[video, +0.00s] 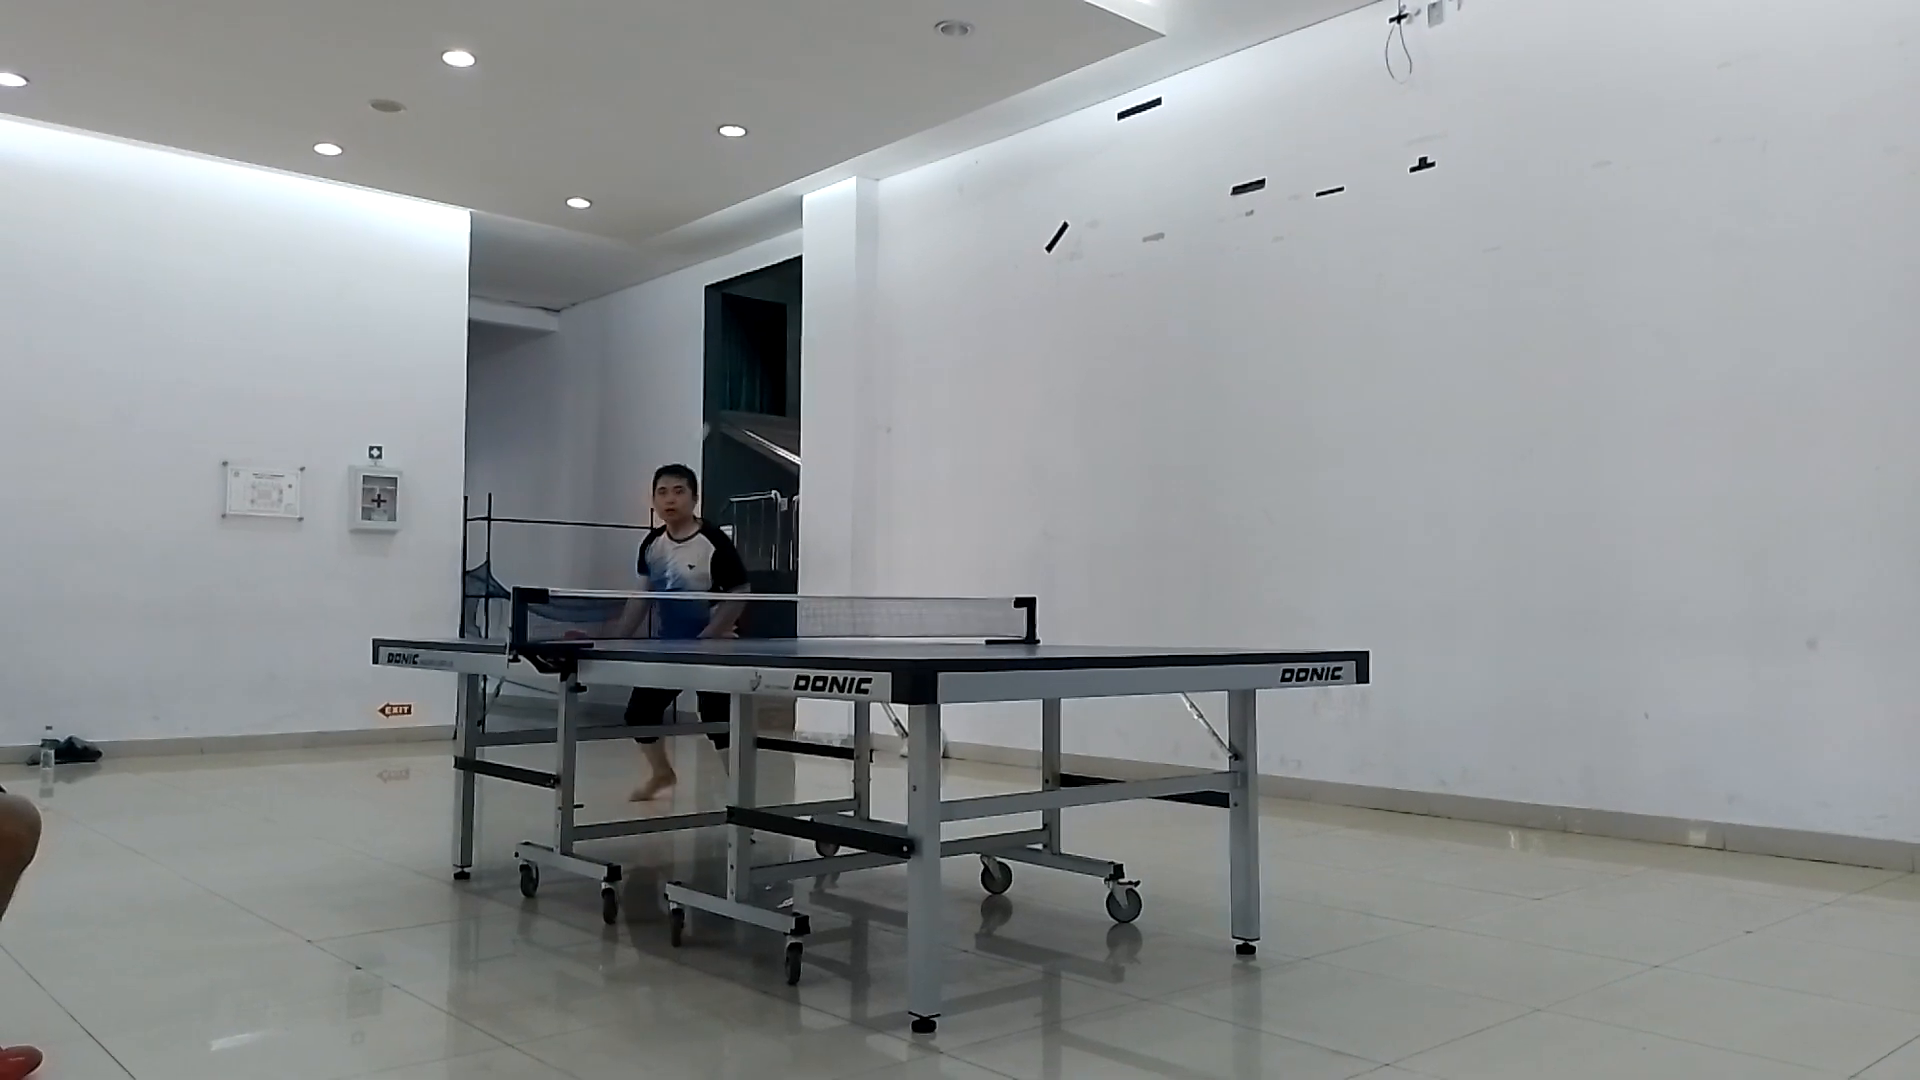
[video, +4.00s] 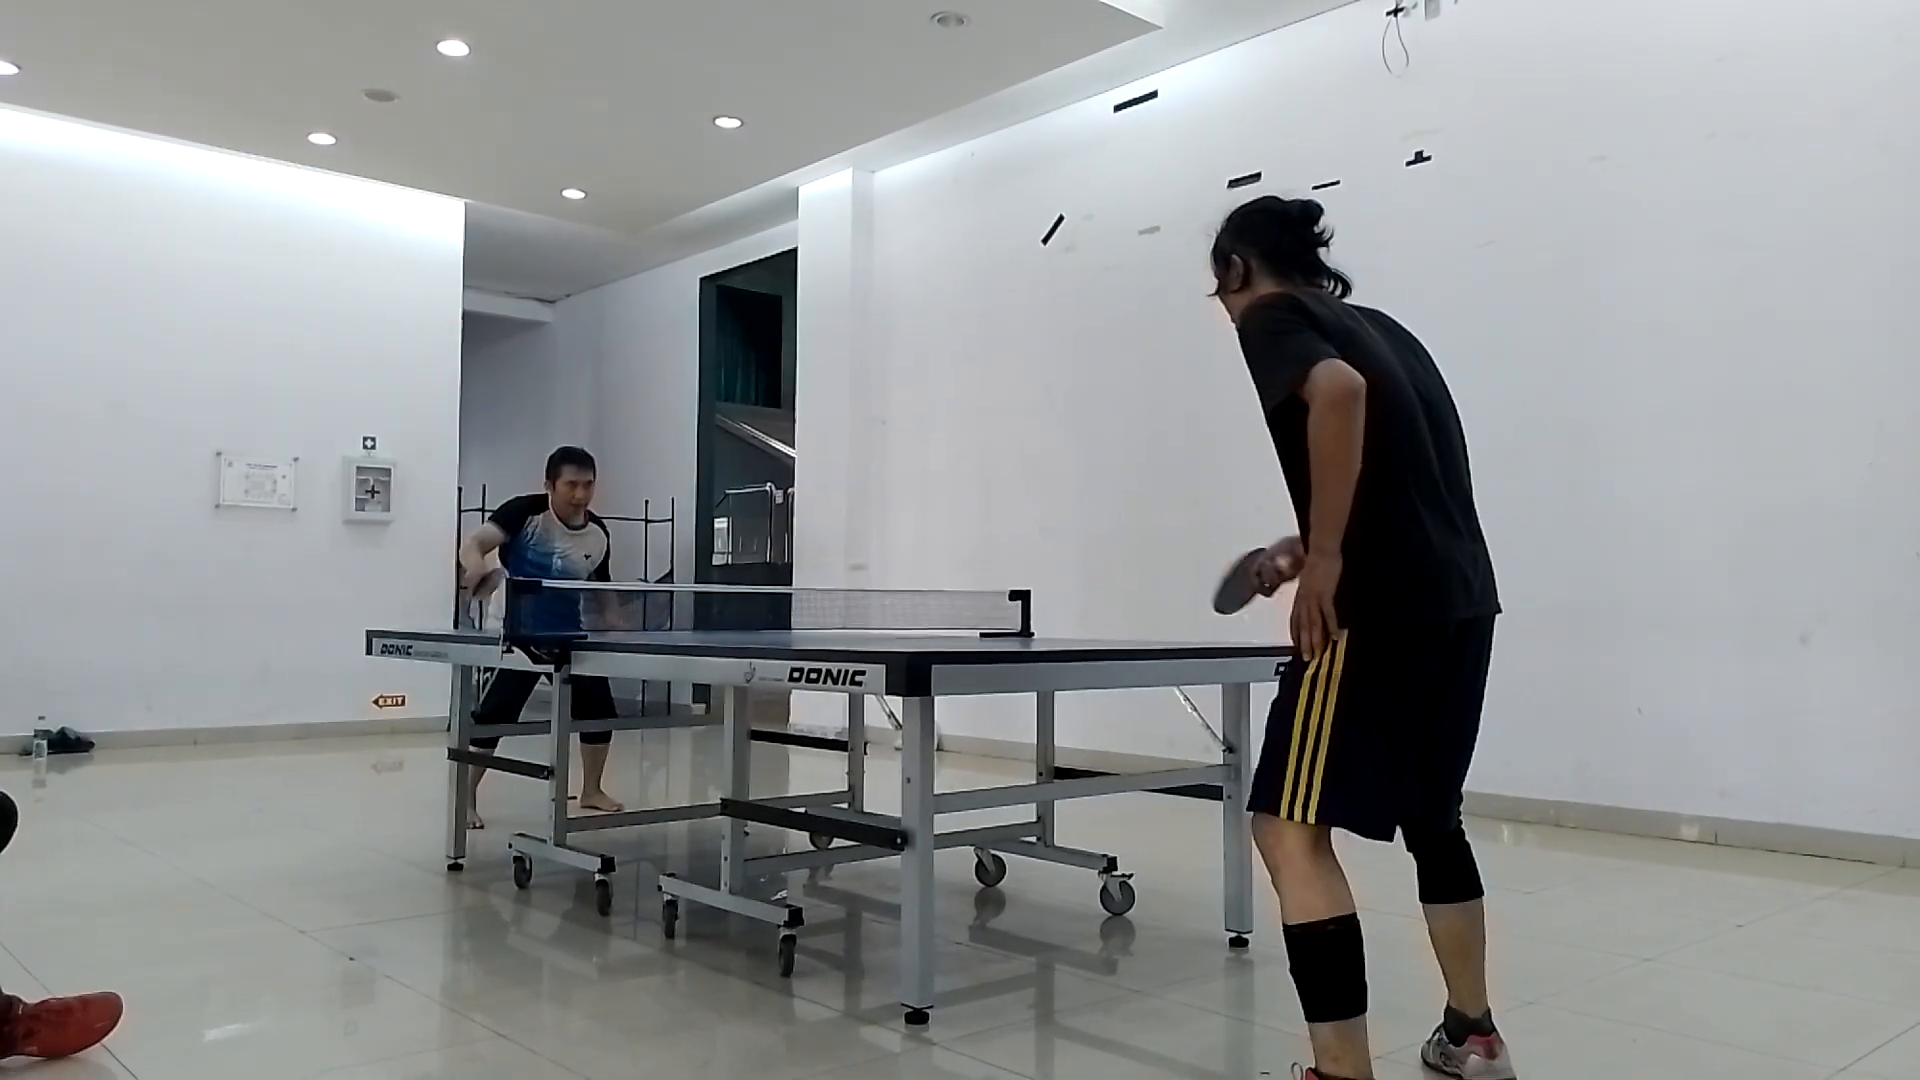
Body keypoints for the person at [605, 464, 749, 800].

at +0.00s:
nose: (670, 498)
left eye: (678, 491)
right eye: (662, 492)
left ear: (694, 498)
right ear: (654, 500)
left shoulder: (714, 540)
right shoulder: (652, 544)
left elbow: (740, 594)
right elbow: (642, 595)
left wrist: (707, 637)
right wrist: (620, 634)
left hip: (713, 648)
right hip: (668, 646)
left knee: (716, 720)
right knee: (639, 716)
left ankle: (741, 789)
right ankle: (662, 772)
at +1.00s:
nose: (545, 485)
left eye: (554, 477)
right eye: (541, 477)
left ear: (576, 479)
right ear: (537, 480)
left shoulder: (593, 521)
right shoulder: (544, 521)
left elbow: (579, 584)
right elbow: (532, 570)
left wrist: (533, 605)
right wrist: (510, 605)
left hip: (594, 629)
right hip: (557, 625)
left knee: (581, 703)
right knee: (535, 697)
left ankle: (578, 780)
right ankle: (528, 777)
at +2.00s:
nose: (554, 474)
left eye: (561, 466)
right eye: (544, 466)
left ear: (571, 471)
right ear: (527, 471)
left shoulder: (586, 523)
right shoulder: (504, 510)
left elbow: (598, 584)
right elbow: (462, 559)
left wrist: (611, 593)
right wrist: (491, 568)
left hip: (564, 633)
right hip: (515, 630)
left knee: (561, 717)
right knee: (491, 713)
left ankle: (548, 791)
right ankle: (471, 796)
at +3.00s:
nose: (573, 525)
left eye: (581, 516)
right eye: (564, 516)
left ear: (590, 517)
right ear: (547, 516)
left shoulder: (603, 562)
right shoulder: (523, 539)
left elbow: (617, 615)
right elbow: (463, 573)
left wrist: (625, 620)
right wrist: (495, 558)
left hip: (575, 660)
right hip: (519, 657)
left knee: (606, 720)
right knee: (491, 725)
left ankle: (591, 794)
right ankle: (468, 799)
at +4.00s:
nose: (580, 494)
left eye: (587, 485)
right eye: (571, 485)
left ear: (594, 486)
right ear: (550, 485)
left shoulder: (597, 533)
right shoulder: (522, 511)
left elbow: (603, 593)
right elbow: (472, 546)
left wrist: (615, 622)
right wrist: (479, 570)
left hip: (576, 645)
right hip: (524, 642)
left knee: (600, 716)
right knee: (490, 723)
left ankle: (592, 791)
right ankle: (466, 796)